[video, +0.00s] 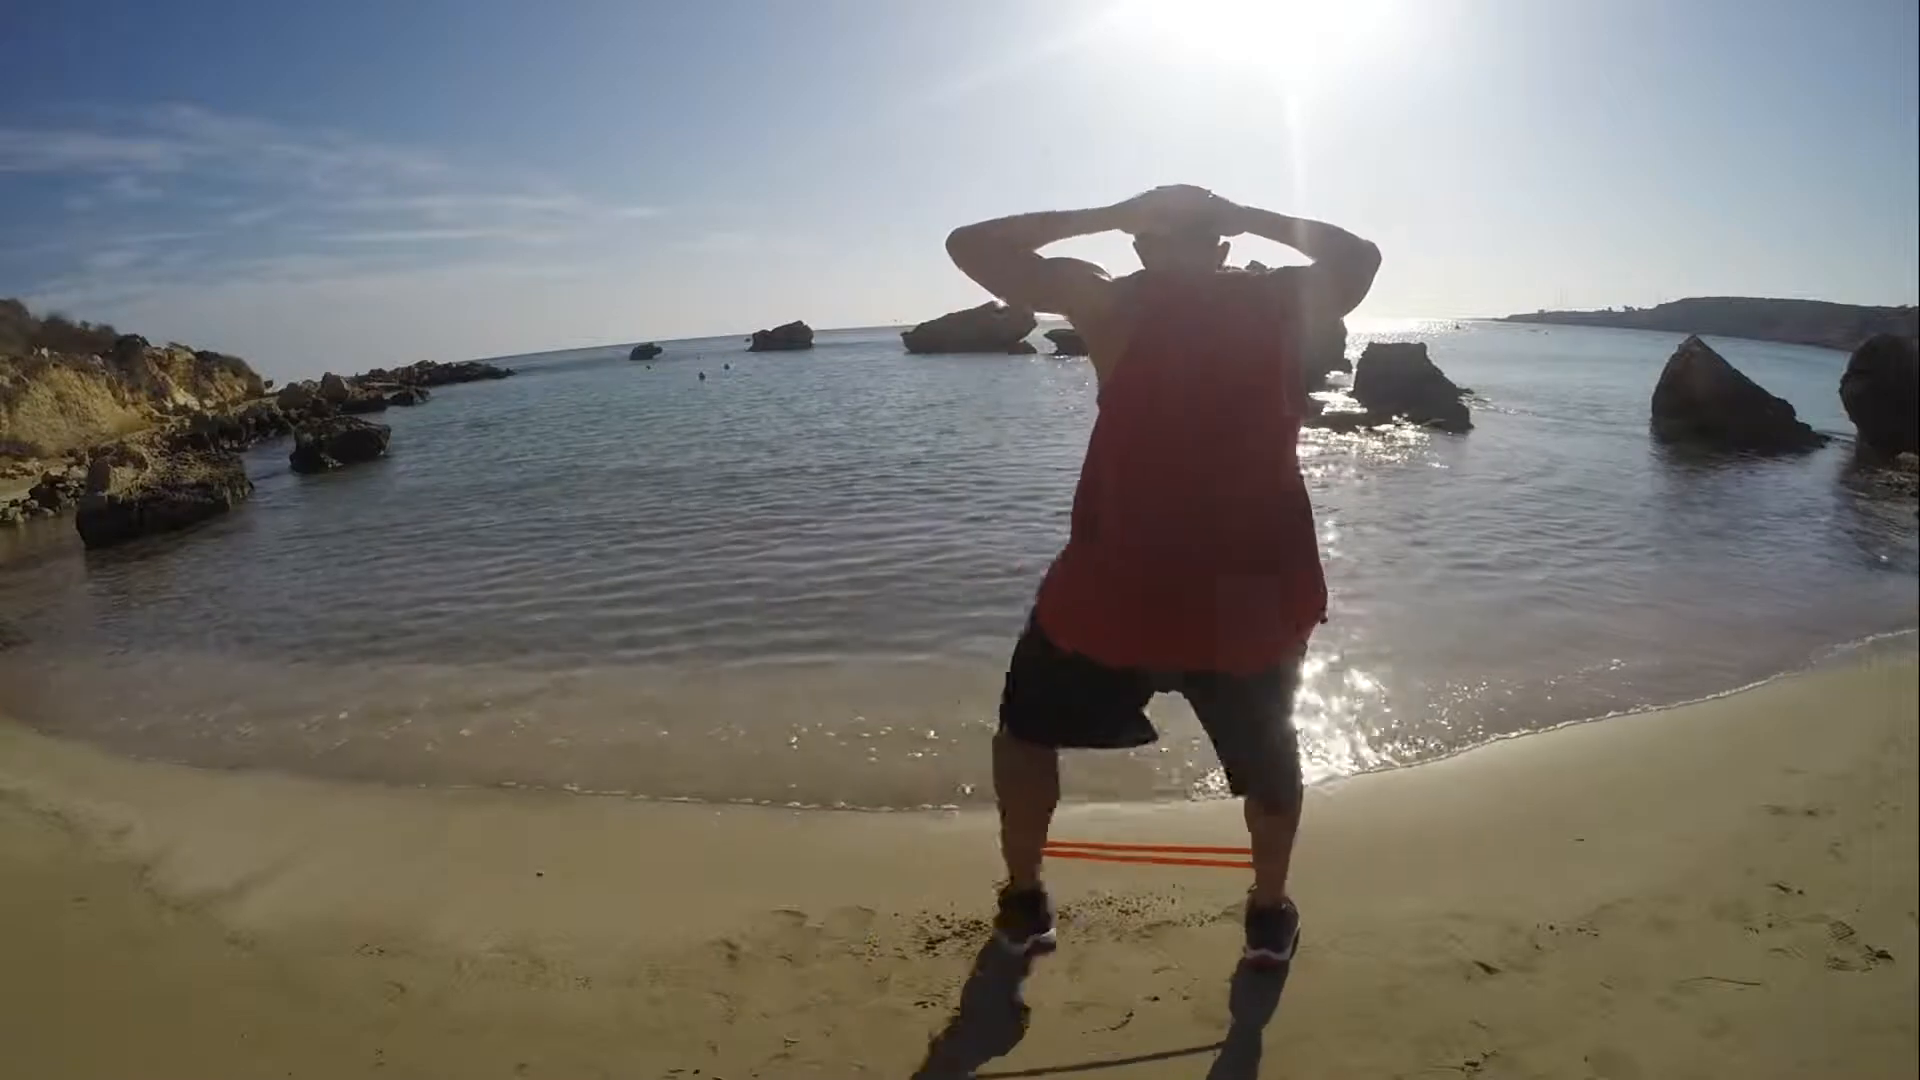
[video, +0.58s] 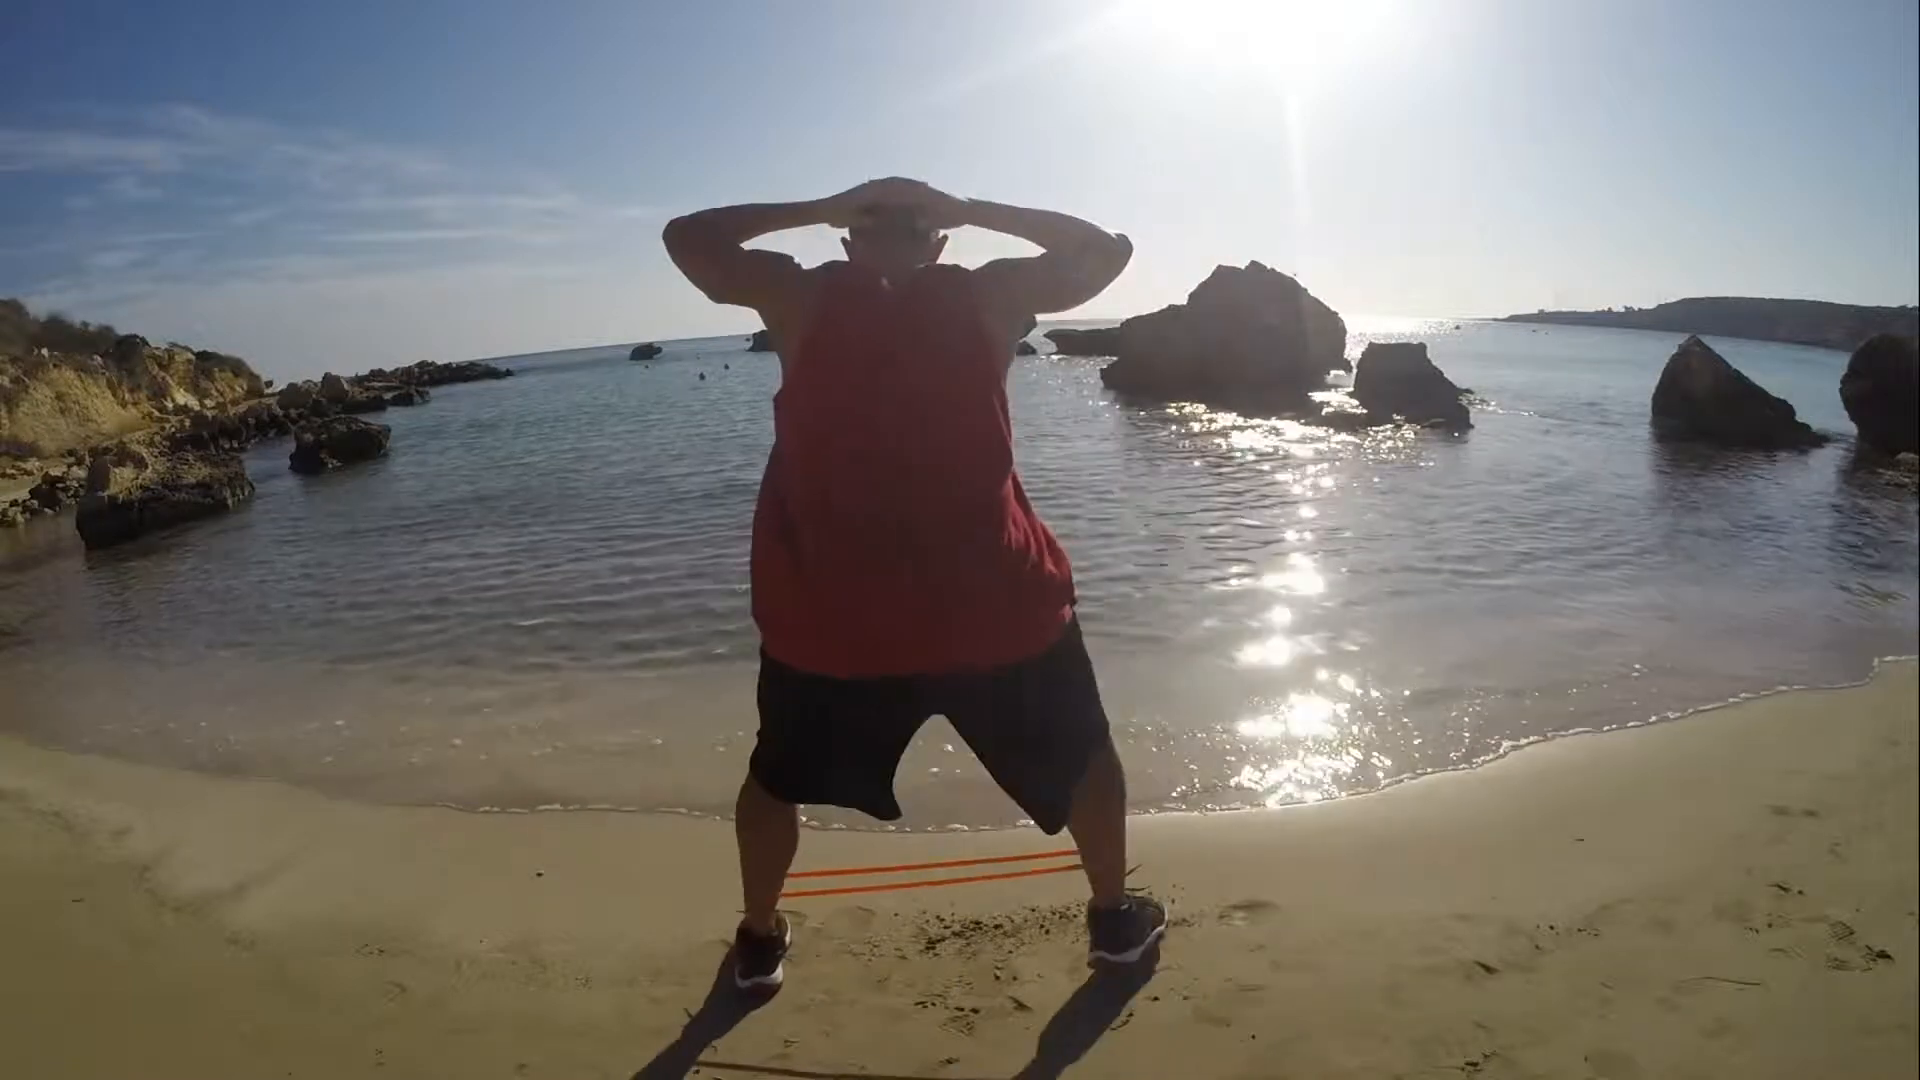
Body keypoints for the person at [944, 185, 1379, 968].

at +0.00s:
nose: (1146, 230)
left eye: (1146, 220)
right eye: (1154, 218)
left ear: (1142, 240)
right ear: (1220, 238)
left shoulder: (1111, 305)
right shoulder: (1284, 301)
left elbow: (970, 244)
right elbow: (1360, 255)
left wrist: (1105, 214)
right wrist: (1248, 216)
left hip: (1115, 577)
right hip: (1251, 587)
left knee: (1027, 725)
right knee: (1270, 757)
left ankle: (1022, 899)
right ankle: (1270, 910)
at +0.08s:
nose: (1145, 232)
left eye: (1142, 221)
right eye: (1159, 219)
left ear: (1124, 243)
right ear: (1208, 242)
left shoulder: (1094, 306)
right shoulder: (1267, 306)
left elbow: (958, 240)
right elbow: (1348, 259)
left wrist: (1098, 213)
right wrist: (1236, 219)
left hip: (1091, 577)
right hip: (1229, 590)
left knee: (970, 725)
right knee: (1258, 761)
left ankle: (916, 900)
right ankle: (1268, 913)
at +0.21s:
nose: (1117, 259)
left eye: (1118, 246)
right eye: (1114, 245)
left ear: (1085, 252)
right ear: (1167, 251)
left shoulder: (1050, 314)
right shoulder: (1223, 314)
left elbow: (914, 251)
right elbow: (1308, 263)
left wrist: (1053, 222)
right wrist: (1193, 227)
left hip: (1047, 584)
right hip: (1191, 596)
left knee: (893, 744)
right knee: (1243, 751)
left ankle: (799, 900)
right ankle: (1263, 912)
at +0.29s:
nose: (1059, 260)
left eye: (1062, 246)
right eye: (1071, 245)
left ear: (1039, 262)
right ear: (1123, 264)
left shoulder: (998, 326)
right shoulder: (1172, 326)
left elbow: (867, 259)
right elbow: (1271, 279)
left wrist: (1006, 234)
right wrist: (1154, 237)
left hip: (1000, 602)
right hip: (1152, 606)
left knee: (863, 770)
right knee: (1227, 759)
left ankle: (776, 930)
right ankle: (1262, 915)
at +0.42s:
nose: (1016, 256)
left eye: (1005, 242)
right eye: (1017, 243)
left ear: (954, 258)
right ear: (1039, 260)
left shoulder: (906, 323)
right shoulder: (1087, 322)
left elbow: (782, 256)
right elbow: (1194, 279)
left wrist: (921, 228)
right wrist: (1067, 234)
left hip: (921, 609)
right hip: (1075, 604)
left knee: (810, 776)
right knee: (1190, 768)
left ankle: (761, 936)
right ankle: (1251, 906)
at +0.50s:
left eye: (921, 222)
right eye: (954, 223)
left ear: (893, 244)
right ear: (981, 249)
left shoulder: (841, 306)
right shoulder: (1031, 309)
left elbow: (725, 242)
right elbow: (1141, 264)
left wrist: (864, 217)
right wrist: (1013, 221)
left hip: (869, 602)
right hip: (1025, 589)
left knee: (791, 772)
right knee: (1148, 755)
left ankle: (757, 941)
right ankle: (1212, 906)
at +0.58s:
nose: (896, 219)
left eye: (884, 210)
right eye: (911, 210)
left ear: (851, 234)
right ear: (939, 236)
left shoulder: (800, 296)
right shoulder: (990, 295)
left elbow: (689, 236)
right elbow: (1104, 250)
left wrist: (820, 208)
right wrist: (970, 211)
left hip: (828, 599)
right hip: (985, 588)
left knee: (776, 774)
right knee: (1083, 751)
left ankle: (756, 939)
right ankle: (1112, 917)